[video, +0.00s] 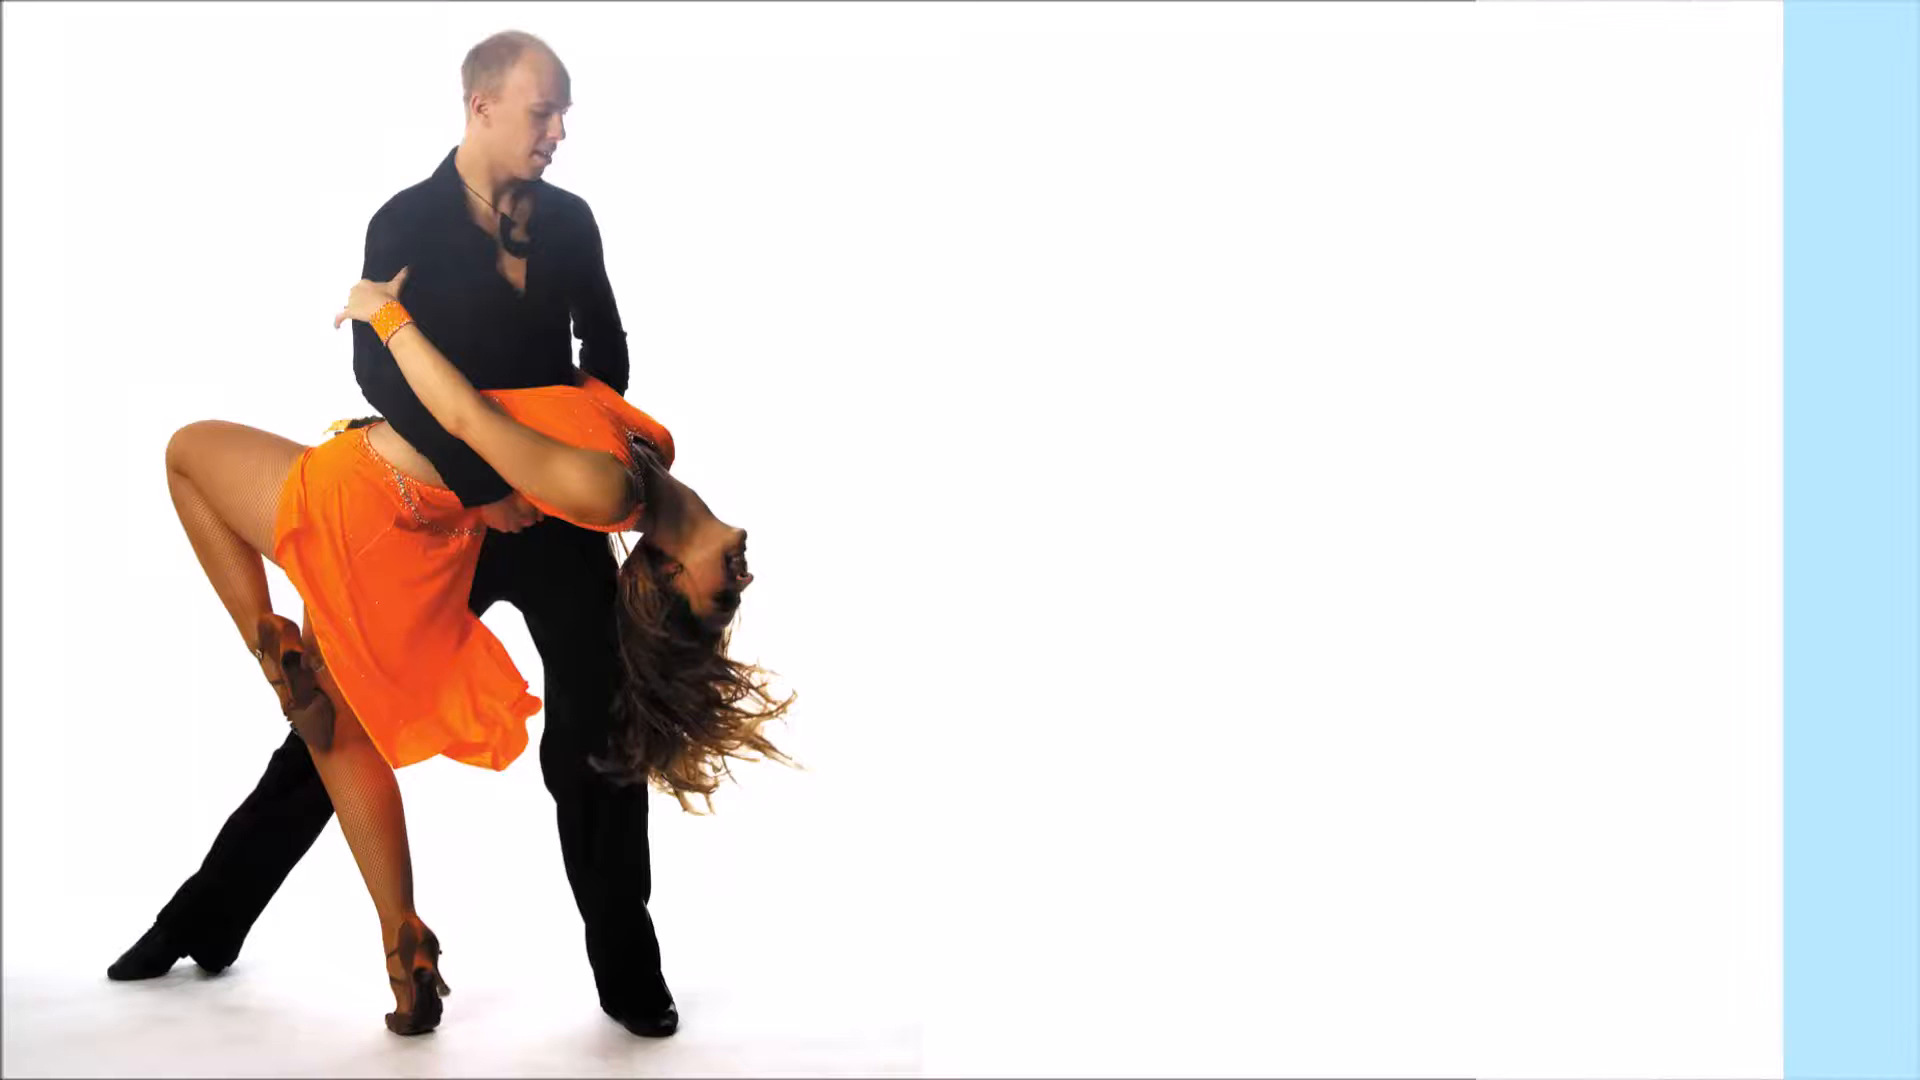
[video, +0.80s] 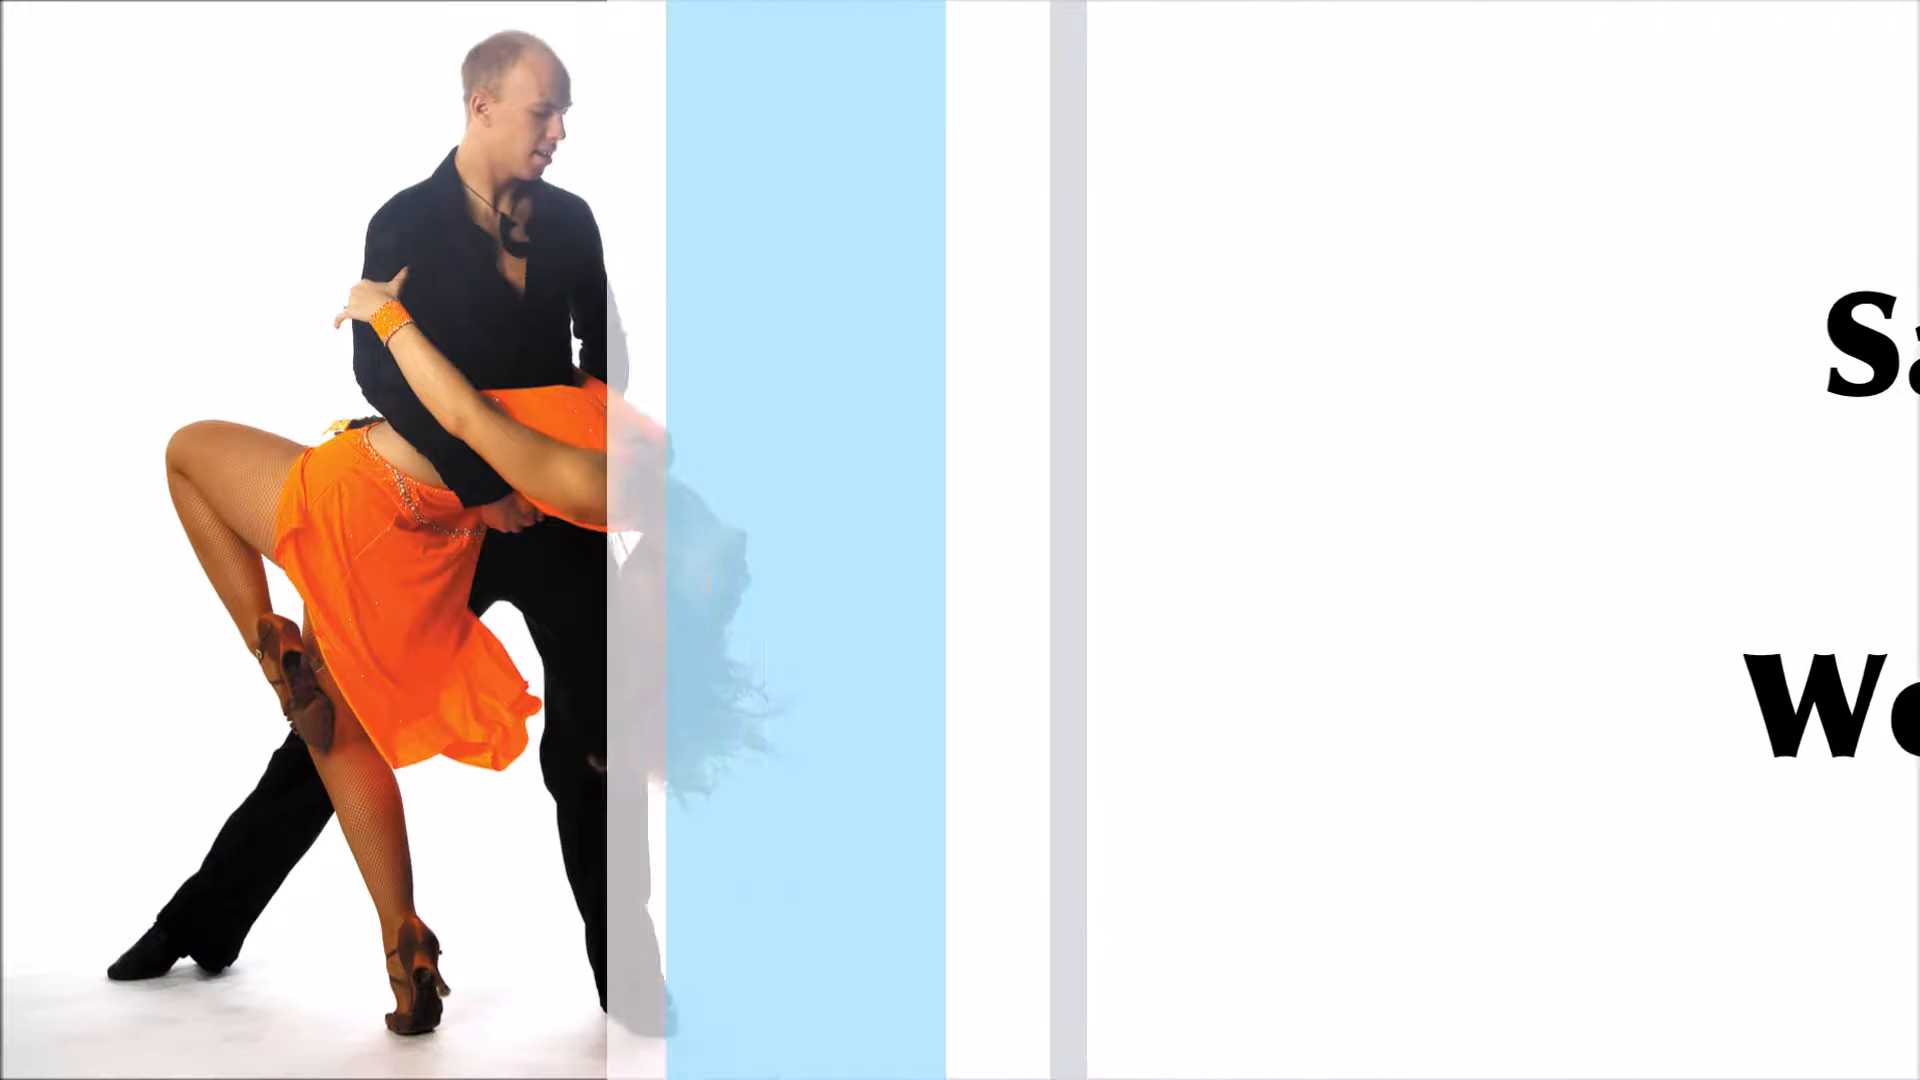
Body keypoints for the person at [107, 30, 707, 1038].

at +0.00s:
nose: (556, 135)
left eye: (563, 118)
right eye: (542, 114)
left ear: (554, 123)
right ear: (478, 107)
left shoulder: (566, 220)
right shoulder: (405, 225)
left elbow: (608, 359)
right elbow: (378, 372)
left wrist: (612, 482)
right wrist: (478, 486)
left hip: (553, 526)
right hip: (442, 523)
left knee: (598, 733)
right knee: (338, 722)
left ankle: (631, 973)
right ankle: (205, 925)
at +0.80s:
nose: (556, 134)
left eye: (561, 117)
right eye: (541, 115)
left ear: (550, 121)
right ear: (477, 111)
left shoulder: (570, 224)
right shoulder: (406, 226)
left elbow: (605, 374)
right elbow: (386, 379)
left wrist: (601, 487)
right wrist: (491, 490)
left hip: (553, 526)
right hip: (439, 520)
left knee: (589, 747)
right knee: (332, 730)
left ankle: (627, 975)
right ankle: (205, 922)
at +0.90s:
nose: (543, 132)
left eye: (547, 113)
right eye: (531, 110)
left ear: (522, 113)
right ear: (481, 108)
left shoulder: (552, 226)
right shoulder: (410, 226)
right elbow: (387, 378)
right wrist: (489, 482)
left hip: (515, 518)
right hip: (395, 510)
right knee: (342, 733)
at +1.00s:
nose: (535, 132)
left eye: (548, 112)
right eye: (517, 110)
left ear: (560, 119)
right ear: (476, 110)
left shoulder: (570, 224)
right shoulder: (407, 222)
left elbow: (604, 360)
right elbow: (383, 374)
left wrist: (603, 473)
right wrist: (469, 469)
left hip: (547, 518)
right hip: (436, 502)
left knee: (596, 727)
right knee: (349, 709)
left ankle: (625, 957)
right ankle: (208, 920)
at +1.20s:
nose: (550, 135)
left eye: (557, 115)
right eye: (535, 114)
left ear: (559, 121)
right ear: (482, 114)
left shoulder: (570, 225)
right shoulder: (411, 220)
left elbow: (604, 354)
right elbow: (380, 365)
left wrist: (606, 455)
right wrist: (471, 473)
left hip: (557, 522)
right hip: (449, 514)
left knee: (600, 727)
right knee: (345, 712)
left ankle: (627, 965)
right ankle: (202, 920)